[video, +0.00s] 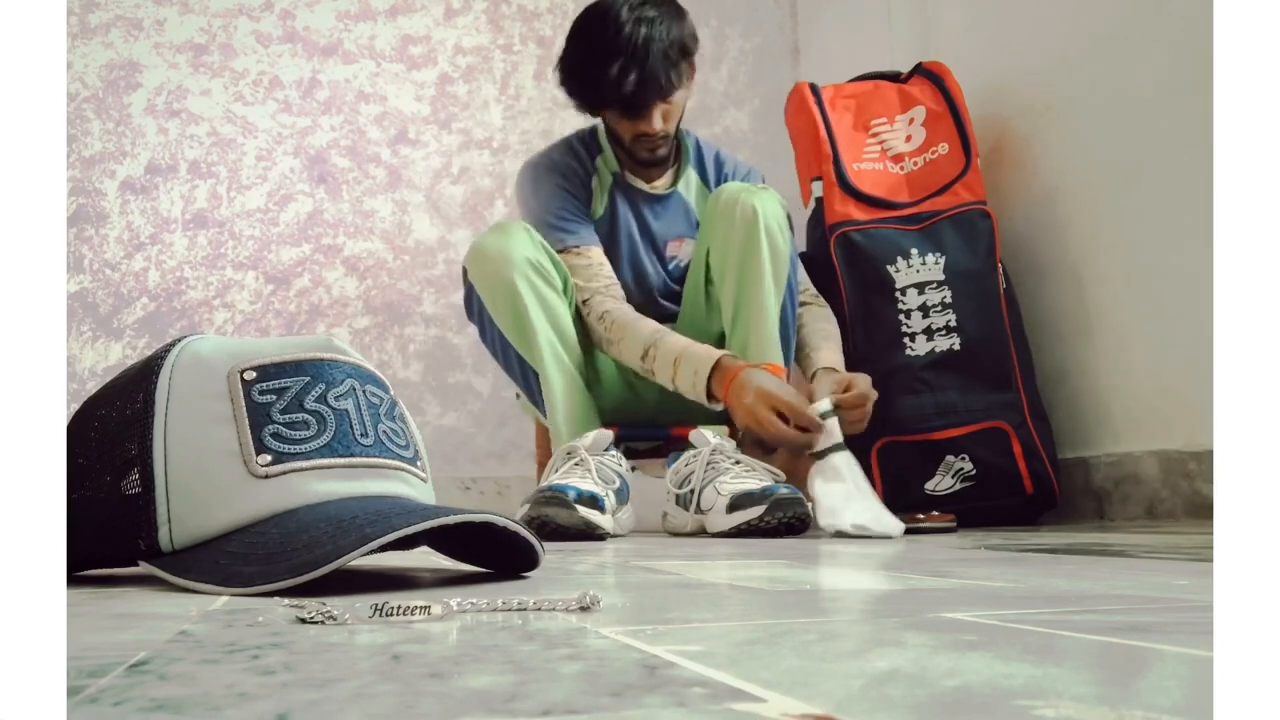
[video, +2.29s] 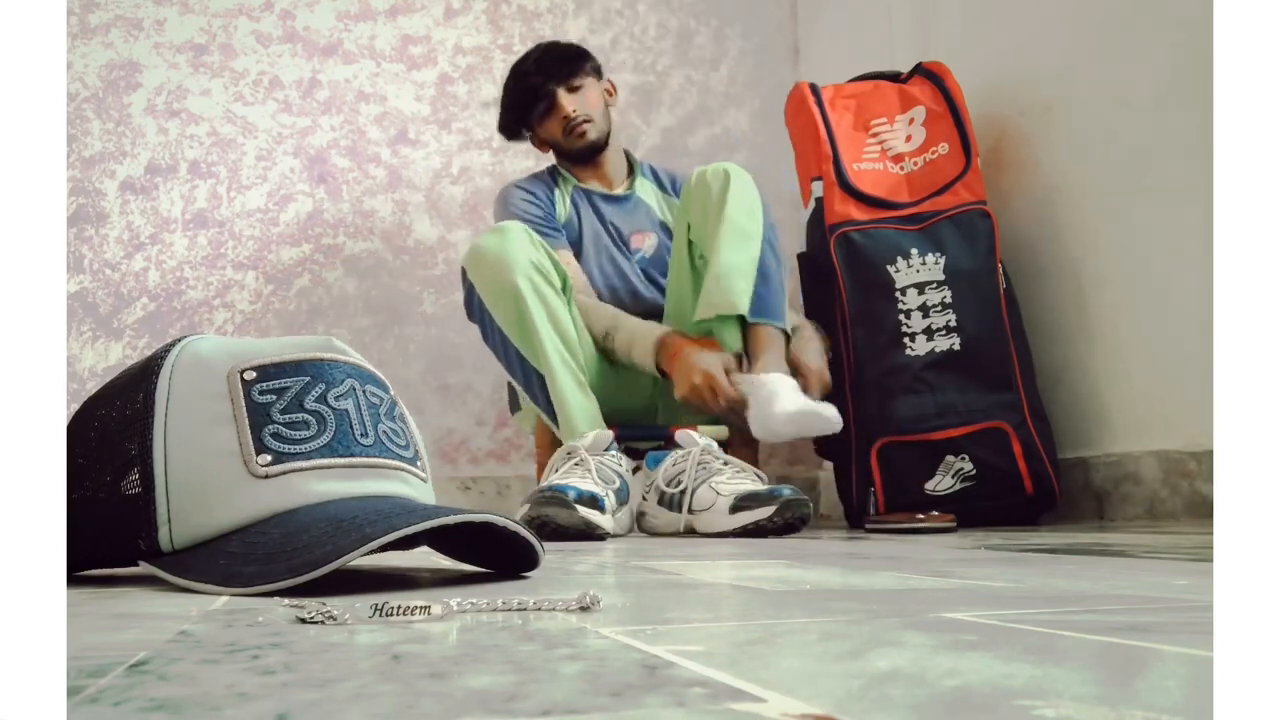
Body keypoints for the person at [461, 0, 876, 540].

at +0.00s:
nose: (654, 127)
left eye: (667, 102)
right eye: (630, 110)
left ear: (689, 76)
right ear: (593, 98)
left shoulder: (731, 180)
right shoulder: (554, 177)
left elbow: (803, 300)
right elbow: (607, 318)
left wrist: (827, 375)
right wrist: (725, 379)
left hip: (701, 385)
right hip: (604, 383)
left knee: (750, 203)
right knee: (499, 249)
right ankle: (584, 462)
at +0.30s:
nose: (712, 134)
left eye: (730, 112)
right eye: (691, 112)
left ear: (749, 98)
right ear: (649, 97)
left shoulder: (766, 188)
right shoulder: (590, 171)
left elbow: (814, 321)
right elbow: (628, 331)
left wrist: (843, 405)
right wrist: (755, 400)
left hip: (713, 389)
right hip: (613, 383)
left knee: (767, 204)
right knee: (516, 245)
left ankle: (721, 457)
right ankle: (591, 457)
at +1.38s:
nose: (670, 98)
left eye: (682, 75)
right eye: (647, 80)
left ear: (700, 76)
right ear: (607, 90)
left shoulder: (737, 189)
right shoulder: (566, 183)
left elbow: (795, 320)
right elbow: (615, 332)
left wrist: (826, 419)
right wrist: (717, 416)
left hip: (705, 381)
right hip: (604, 378)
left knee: (757, 204)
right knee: (502, 250)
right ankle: (591, 461)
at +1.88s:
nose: (603, 92)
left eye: (612, 72)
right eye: (579, 86)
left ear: (636, 86)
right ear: (556, 123)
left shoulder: (695, 190)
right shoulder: (537, 200)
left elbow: (759, 322)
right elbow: (598, 318)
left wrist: (813, 406)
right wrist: (691, 387)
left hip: (690, 380)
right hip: (593, 383)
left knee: (718, 179)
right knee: (485, 256)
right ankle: (588, 460)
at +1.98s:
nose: (597, 105)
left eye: (605, 84)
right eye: (573, 98)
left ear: (630, 95)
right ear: (552, 133)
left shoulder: (690, 192)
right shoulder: (534, 205)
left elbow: (755, 316)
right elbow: (593, 319)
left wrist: (757, 401)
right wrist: (681, 391)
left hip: (688, 375)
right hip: (592, 382)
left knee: (713, 178)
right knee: (482, 254)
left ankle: (755, 390)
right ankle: (585, 458)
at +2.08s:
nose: (588, 109)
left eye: (596, 88)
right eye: (564, 104)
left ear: (623, 96)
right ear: (547, 135)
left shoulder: (689, 193)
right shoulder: (533, 206)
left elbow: (763, 332)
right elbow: (601, 319)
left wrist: (760, 386)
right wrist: (683, 385)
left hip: (684, 378)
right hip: (592, 383)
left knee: (724, 178)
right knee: (482, 254)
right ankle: (582, 459)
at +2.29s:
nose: (567, 109)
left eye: (575, 88)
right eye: (544, 108)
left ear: (609, 92)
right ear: (536, 139)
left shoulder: (680, 191)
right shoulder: (529, 200)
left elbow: (748, 271)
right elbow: (578, 305)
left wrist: (802, 334)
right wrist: (669, 348)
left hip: (688, 380)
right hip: (595, 381)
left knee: (727, 178)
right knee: (494, 249)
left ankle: (765, 373)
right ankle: (591, 454)